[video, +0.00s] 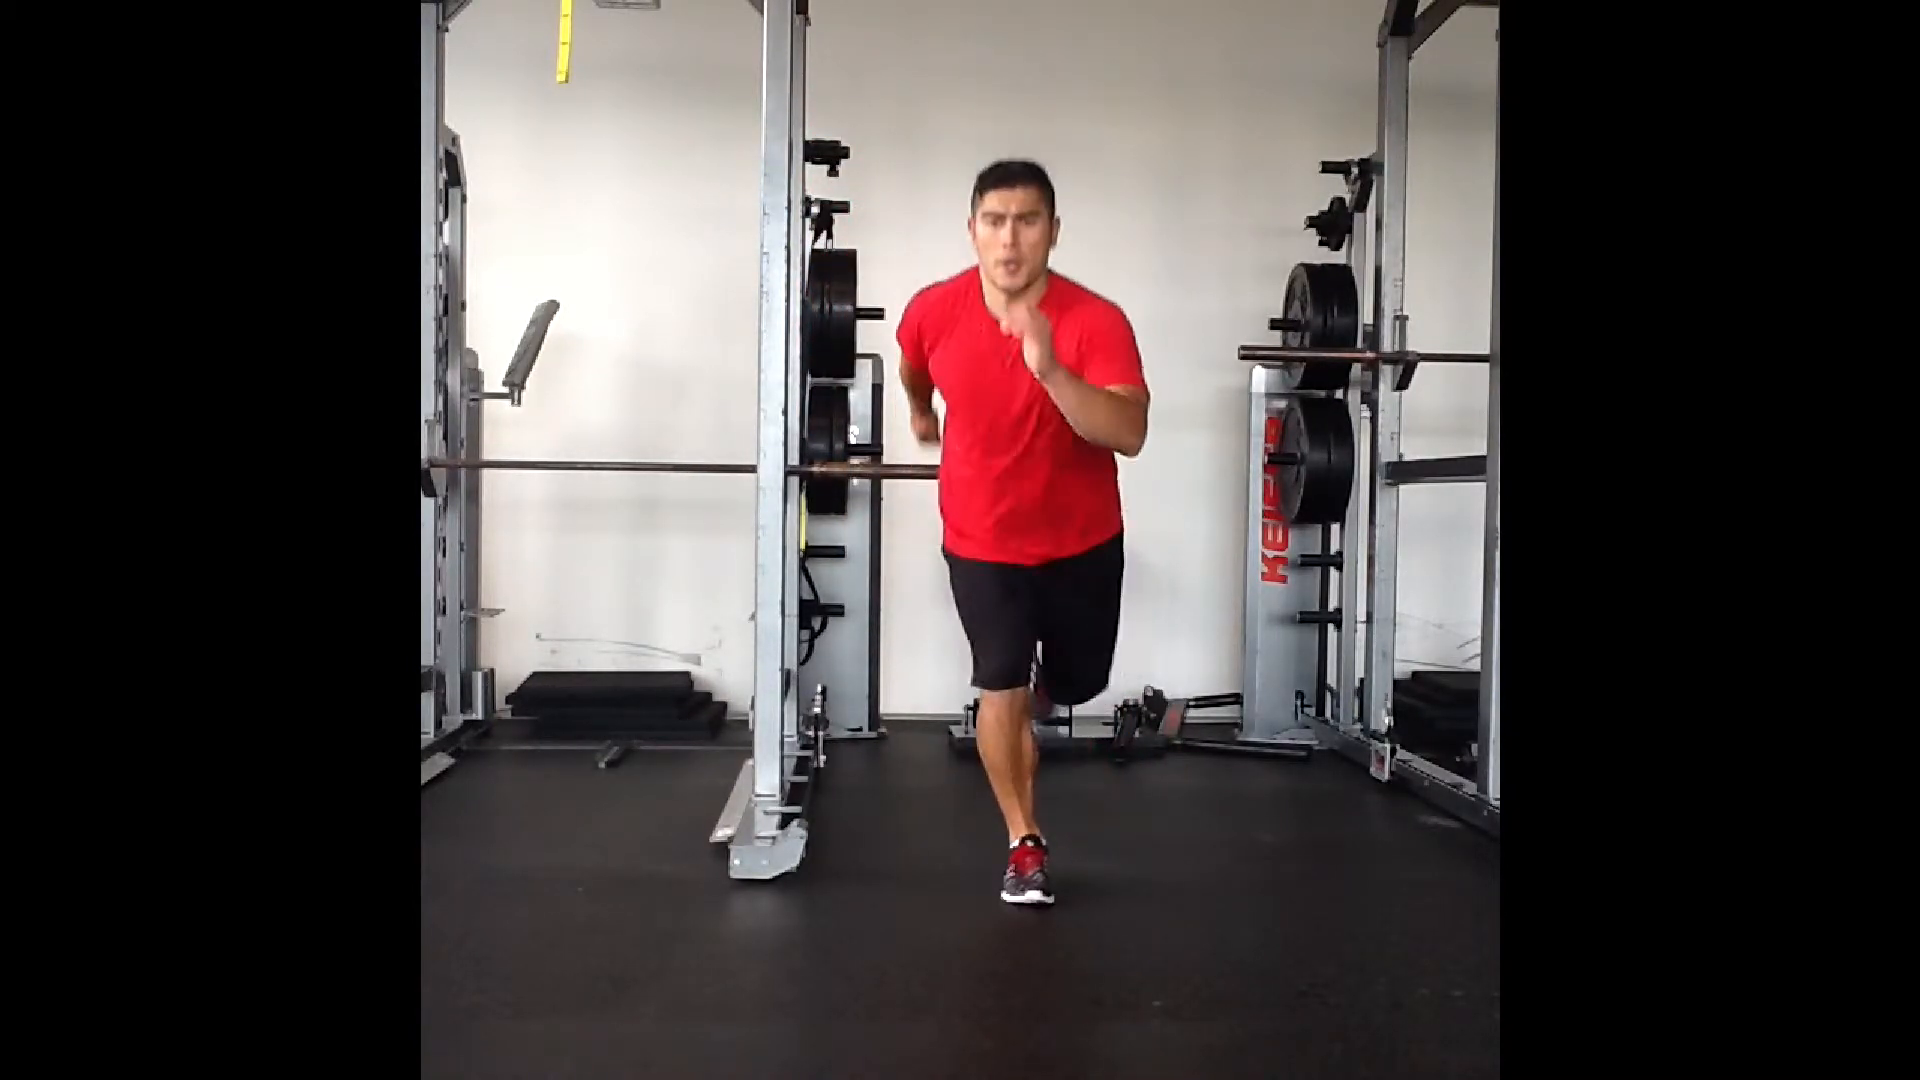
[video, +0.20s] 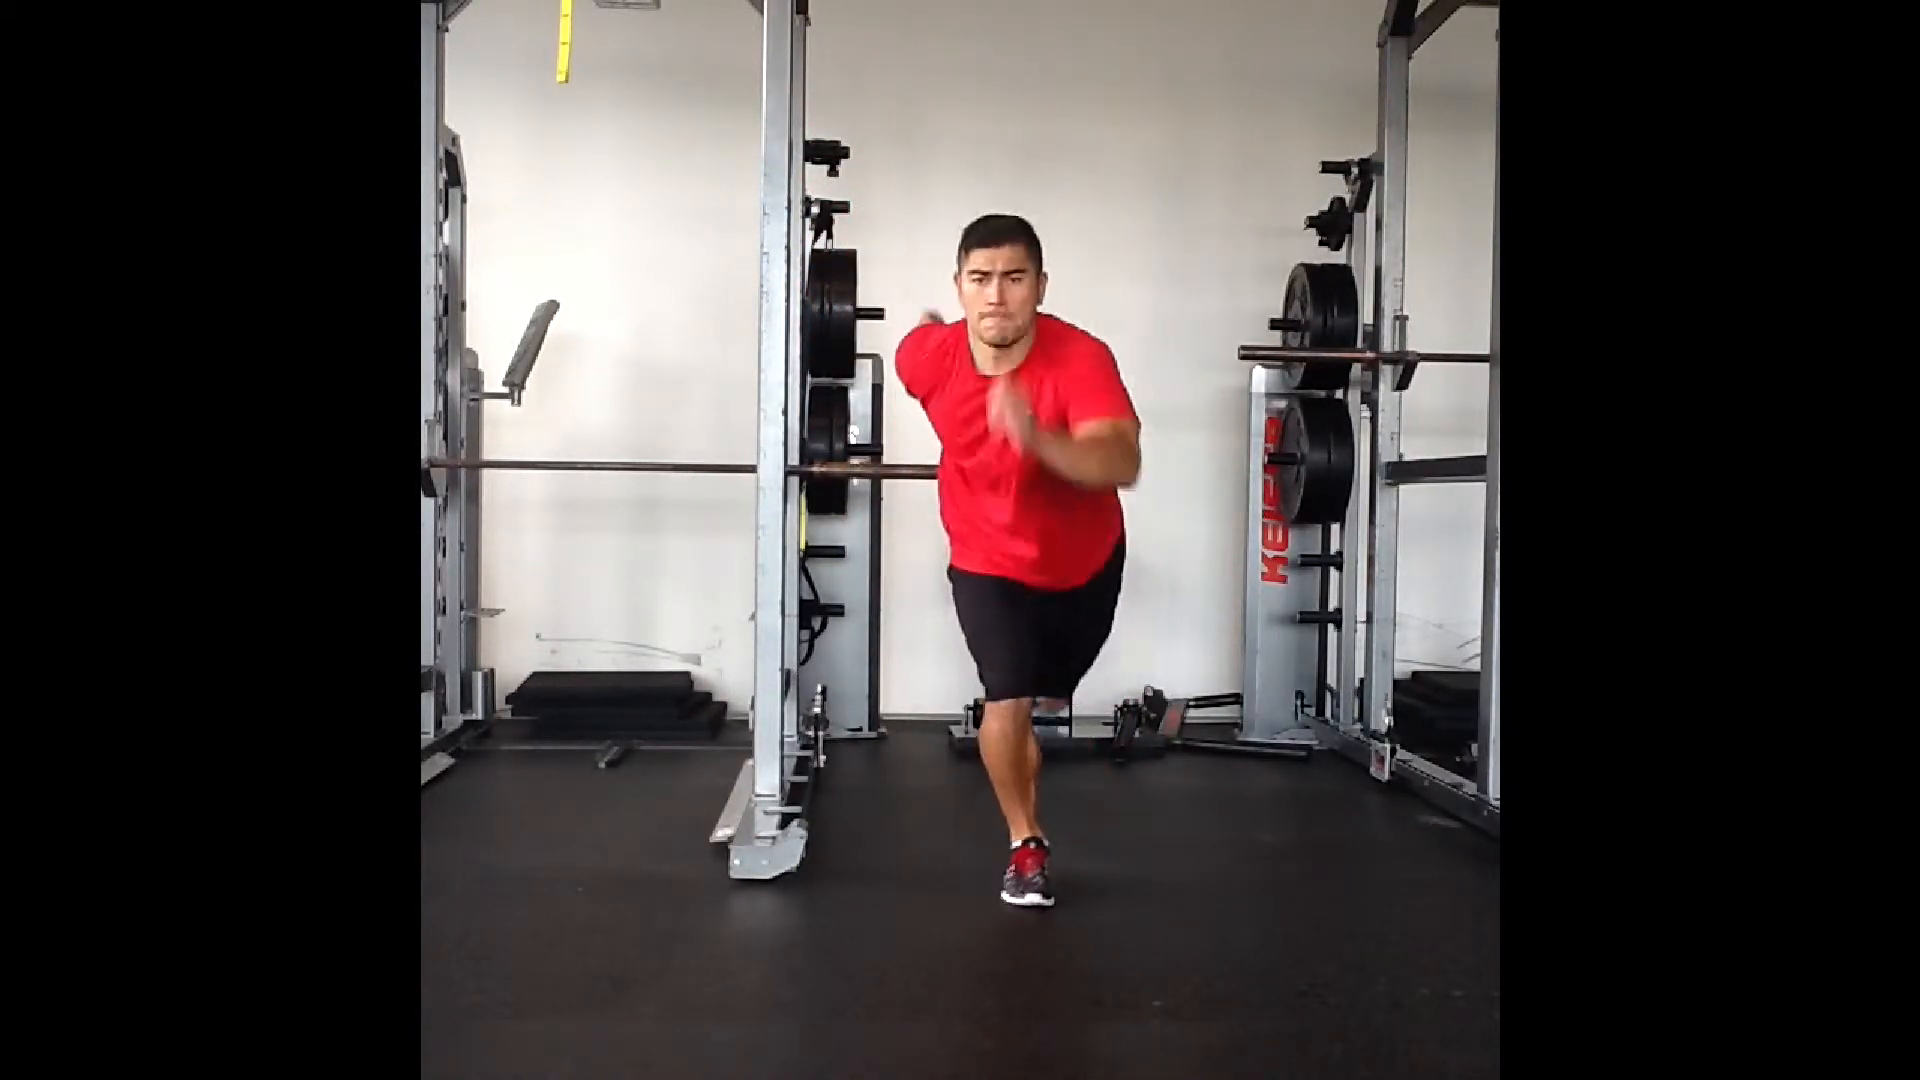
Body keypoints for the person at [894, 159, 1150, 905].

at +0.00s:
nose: (1010, 236)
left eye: (1026, 220)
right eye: (994, 220)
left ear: (1052, 232)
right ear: (973, 231)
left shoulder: (1095, 321)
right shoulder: (934, 312)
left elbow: (1129, 432)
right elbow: (914, 373)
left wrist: (1052, 372)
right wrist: (925, 417)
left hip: (1083, 540)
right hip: (985, 541)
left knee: (1079, 677)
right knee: (1007, 681)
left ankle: (1032, 702)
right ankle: (1023, 842)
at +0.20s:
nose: (995, 295)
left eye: (1012, 278)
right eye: (981, 278)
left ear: (1039, 287)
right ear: (959, 288)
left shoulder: (1081, 359)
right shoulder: (929, 359)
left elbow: (1121, 463)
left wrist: (1040, 440)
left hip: (1083, 567)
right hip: (987, 563)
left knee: (1055, 685)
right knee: (1010, 695)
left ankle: (1021, 709)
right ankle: (1026, 845)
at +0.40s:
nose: (994, 226)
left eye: (1009, 210)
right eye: (978, 212)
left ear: (1035, 222)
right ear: (955, 227)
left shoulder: (1094, 316)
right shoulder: (925, 342)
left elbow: (1141, 423)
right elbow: (922, 479)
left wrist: (1174, 508)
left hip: (1082, 529)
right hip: (982, 545)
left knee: (1078, 674)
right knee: (1006, 695)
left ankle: (1076, 769)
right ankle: (1024, 843)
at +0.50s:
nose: (997, 173)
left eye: (1012, 157)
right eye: (981, 159)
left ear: (1037, 164)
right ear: (958, 168)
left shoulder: (1091, 240)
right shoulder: (929, 250)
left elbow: (1171, 277)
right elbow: (890, 315)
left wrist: (1211, 319)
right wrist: (928, 319)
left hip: (1077, 445)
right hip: (983, 480)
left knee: (1070, 505)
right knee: (1001, 671)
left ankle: (1129, 668)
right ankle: (1023, 840)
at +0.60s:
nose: (1001, 85)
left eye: (1015, 68)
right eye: (985, 70)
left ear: (1043, 69)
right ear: (963, 75)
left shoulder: (1099, 141)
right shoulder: (930, 134)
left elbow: (1178, 179)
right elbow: (821, 169)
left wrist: (1212, 200)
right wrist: (885, 117)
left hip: (1066, 355)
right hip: (975, 379)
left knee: (1113, 440)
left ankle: (1139, 503)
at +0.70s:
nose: (983, 25)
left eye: (1000, 8)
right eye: (969, 7)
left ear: (1033, 11)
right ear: (952, 10)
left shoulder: (1089, 99)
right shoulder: (913, 88)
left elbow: (1140, 208)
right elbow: (832, 192)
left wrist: (1183, 278)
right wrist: (826, 268)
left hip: (1073, 298)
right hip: (973, 299)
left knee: (1132, 457)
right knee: (1011, 421)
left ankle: (1132, 486)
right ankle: (1035, 610)